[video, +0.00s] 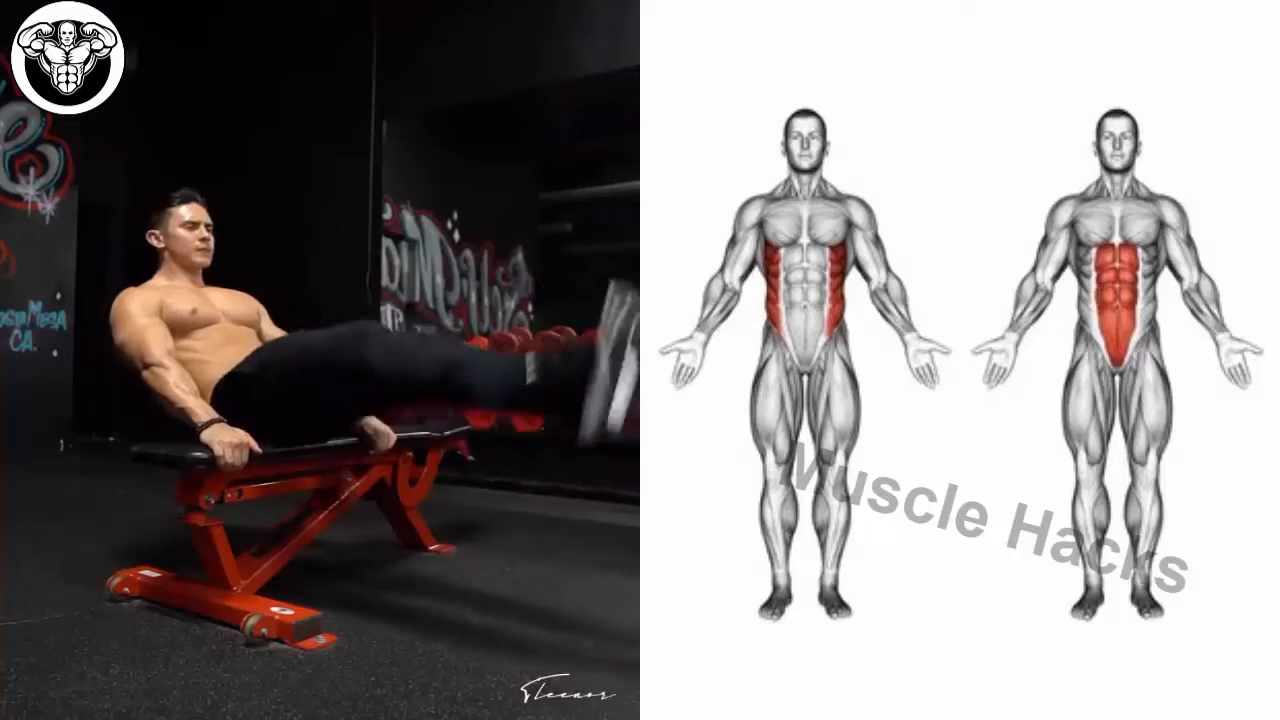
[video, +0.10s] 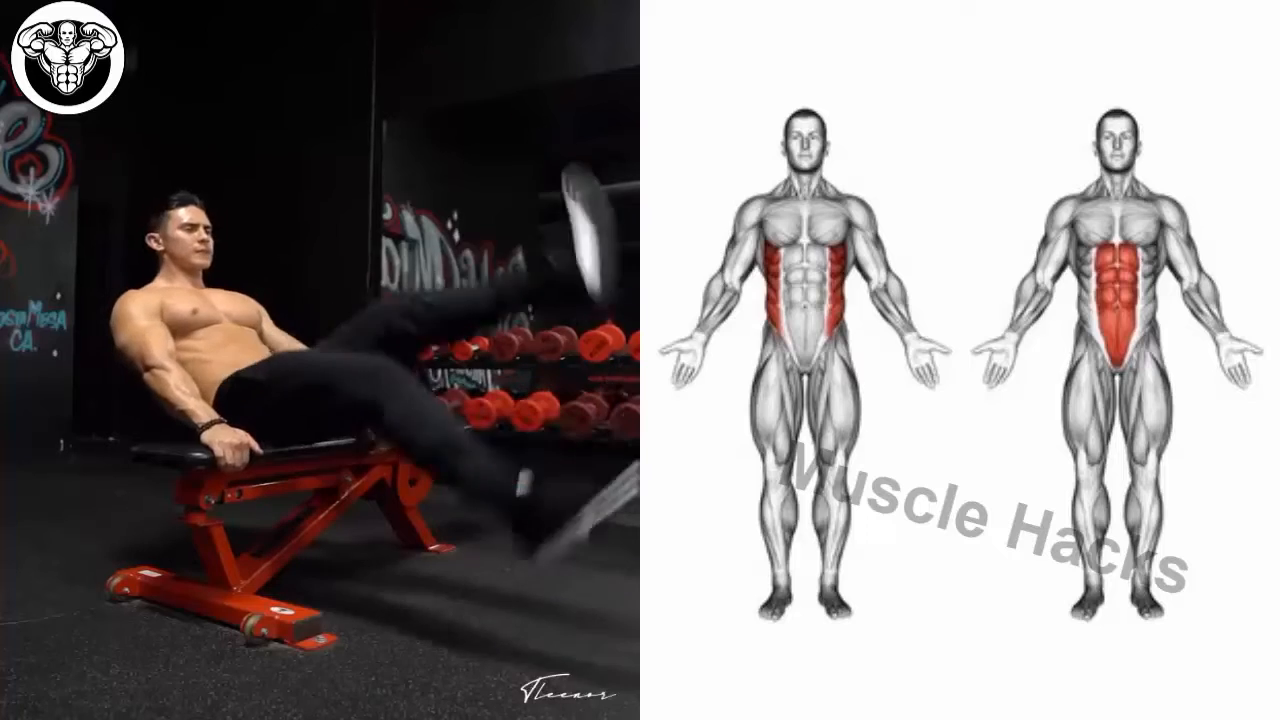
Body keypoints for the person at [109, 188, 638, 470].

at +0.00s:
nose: (204, 234)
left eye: (208, 227)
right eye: (190, 226)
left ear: (210, 239)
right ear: (158, 239)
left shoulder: (244, 300)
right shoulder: (137, 300)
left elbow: (292, 366)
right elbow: (158, 367)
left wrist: (357, 417)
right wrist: (210, 423)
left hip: (291, 392)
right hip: (238, 400)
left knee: (405, 356)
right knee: (364, 346)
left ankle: (573, 379)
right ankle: (538, 378)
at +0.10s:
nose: (203, 237)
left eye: (206, 230)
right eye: (189, 229)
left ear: (207, 243)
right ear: (157, 242)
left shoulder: (239, 302)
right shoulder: (137, 303)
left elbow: (304, 353)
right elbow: (158, 369)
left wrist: (371, 386)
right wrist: (210, 425)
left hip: (296, 382)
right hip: (242, 396)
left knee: (391, 316)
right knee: (372, 376)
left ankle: (550, 275)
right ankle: (522, 500)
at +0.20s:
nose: (206, 238)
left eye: (209, 231)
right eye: (192, 229)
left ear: (209, 245)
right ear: (158, 241)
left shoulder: (238, 302)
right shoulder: (138, 303)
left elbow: (302, 353)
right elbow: (158, 369)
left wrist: (365, 395)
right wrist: (210, 425)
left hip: (305, 373)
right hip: (250, 390)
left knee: (379, 292)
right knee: (383, 419)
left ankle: (516, 202)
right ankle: (503, 572)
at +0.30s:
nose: (202, 244)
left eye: (206, 235)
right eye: (189, 235)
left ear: (208, 245)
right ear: (158, 244)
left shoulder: (237, 304)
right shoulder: (135, 306)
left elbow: (296, 352)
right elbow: (160, 370)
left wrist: (358, 388)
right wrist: (208, 424)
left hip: (301, 373)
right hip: (247, 390)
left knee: (379, 292)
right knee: (377, 414)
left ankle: (504, 203)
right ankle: (504, 563)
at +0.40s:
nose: (198, 251)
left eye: (202, 242)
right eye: (185, 241)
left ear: (205, 249)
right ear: (153, 249)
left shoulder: (233, 304)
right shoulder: (131, 308)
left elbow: (291, 357)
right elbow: (157, 370)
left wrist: (348, 393)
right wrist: (208, 424)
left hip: (294, 379)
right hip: (242, 401)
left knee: (379, 302)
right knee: (370, 373)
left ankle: (543, 261)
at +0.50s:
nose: (193, 253)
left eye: (198, 244)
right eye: (180, 243)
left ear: (202, 251)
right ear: (149, 251)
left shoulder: (238, 308)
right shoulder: (129, 313)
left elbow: (286, 370)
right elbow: (156, 373)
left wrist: (357, 416)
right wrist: (208, 425)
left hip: (291, 400)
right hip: (237, 413)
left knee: (388, 312)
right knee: (349, 342)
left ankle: (546, 357)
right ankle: (510, 350)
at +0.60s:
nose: (190, 254)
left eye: (196, 245)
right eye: (176, 245)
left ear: (202, 251)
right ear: (147, 253)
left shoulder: (234, 308)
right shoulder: (127, 316)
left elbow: (295, 358)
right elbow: (157, 376)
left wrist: (351, 416)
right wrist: (209, 426)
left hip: (303, 399)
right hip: (246, 400)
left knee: (418, 343)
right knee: (342, 299)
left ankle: (570, 421)